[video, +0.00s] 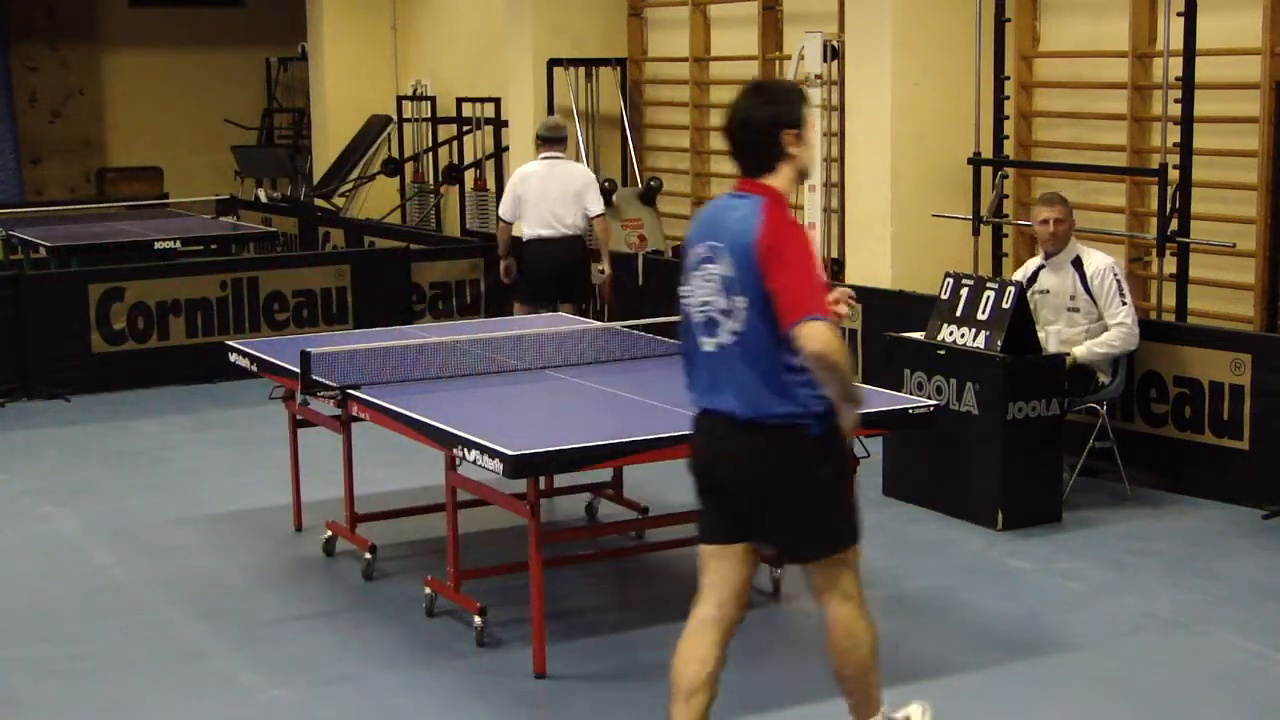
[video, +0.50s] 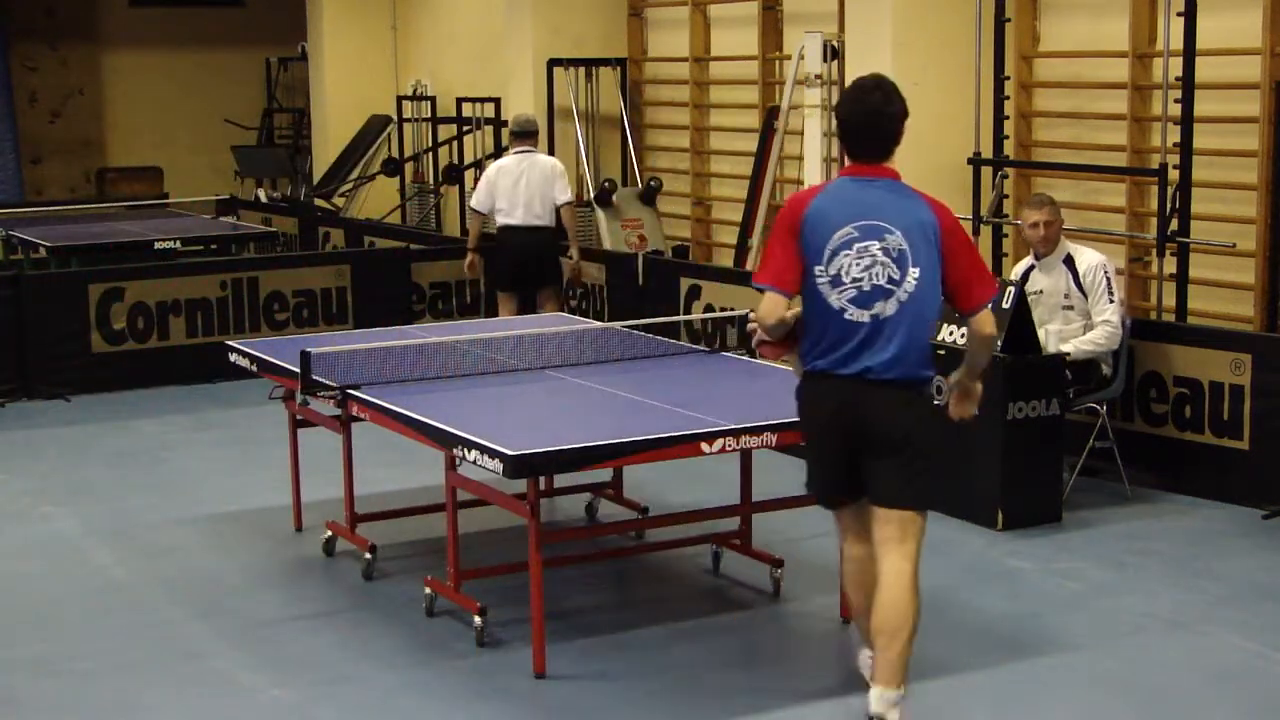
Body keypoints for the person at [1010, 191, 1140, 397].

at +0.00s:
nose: (1051, 230)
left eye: (1059, 222)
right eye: (1044, 223)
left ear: (1072, 225)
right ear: (1034, 228)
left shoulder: (1101, 268)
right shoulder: (1024, 275)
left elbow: (1127, 334)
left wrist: (1073, 357)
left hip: (1088, 374)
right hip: (1035, 373)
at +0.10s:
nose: (1050, 230)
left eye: (1057, 222)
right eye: (1042, 223)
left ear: (1069, 226)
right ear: (1030, 229)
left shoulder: (1098, 267)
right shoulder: (1026, 273)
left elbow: (1123, 334)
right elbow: (1008, 327)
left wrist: (1070, 358)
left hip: (1088, 373)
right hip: (1035, 371)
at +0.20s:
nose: (1048, 230)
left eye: (1055, 222)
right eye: (1040, 223)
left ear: (1066, 225)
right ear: (1027, 230)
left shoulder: (1096, 266)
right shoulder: (1025, 273)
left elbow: (1119, 333)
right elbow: (1010, 328)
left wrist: (1069, 358)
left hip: (1087, 371)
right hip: (1036, 369)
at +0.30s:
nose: (1046, 230)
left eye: (1052, 222)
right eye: (1037, 223)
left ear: (1063, 224)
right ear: (1025, 230)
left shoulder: (1093, 265)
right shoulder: (1022, 273)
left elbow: (1114, 333)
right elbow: (1009, 330)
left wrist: (1065, 356)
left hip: (1086, 369)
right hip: (1035, 368)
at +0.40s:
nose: (1044, 230)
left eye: (1051, 222)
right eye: (1036, 223)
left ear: (1062, 225)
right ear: (1023, 231)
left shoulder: (1092, 264)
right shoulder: (1021, 273)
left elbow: (1110, 333)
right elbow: (1010, 329)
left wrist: (1064, 355)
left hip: (1087, 369)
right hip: (1035, 370)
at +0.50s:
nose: (1042, 233)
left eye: (1049, 224)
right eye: (1034, 226)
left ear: (1061, 225)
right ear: (1022, 232)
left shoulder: (1092, 264)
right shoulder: (1021, 272)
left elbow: (1110, 333)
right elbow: (1009, 329)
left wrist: (1060, 355)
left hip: (1085, 367)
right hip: (1034, 368)